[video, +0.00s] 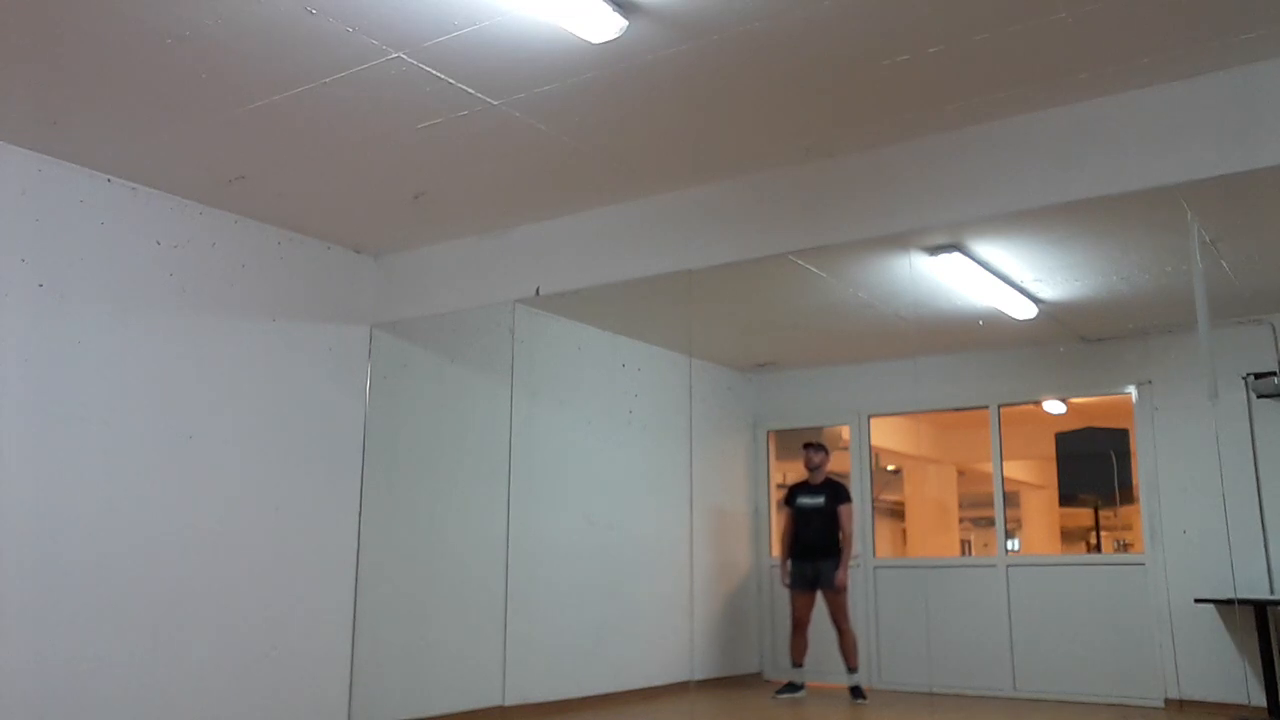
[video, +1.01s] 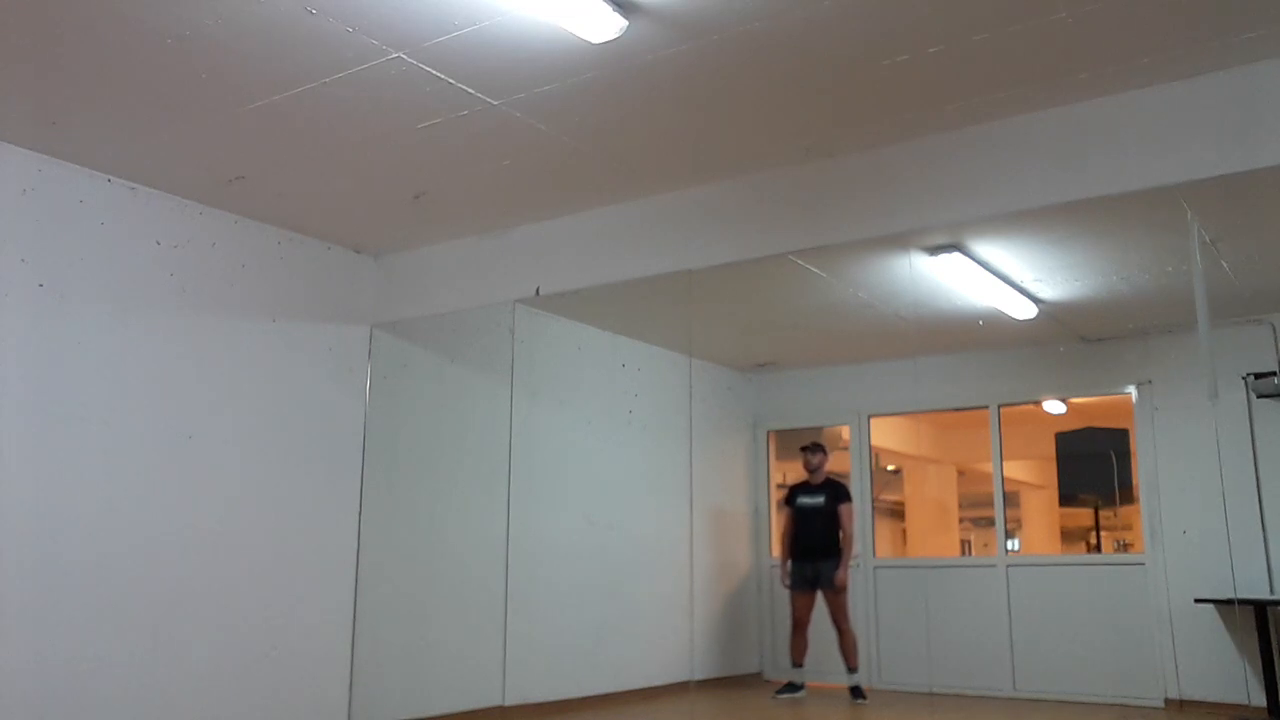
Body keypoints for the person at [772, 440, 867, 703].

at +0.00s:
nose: (811, 458)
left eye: (817, 454)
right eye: (808, 454)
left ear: (827, 459)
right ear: (804, 459)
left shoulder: (838, 490)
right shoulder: (794, 491)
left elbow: (846, 532)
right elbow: (788, 528)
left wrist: (843, 567)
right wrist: (784, 562)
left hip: (830, 564)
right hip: (801, 564)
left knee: (842, 623)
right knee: (799, 623)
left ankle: (854, 681)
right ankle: (797, 680)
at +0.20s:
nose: (811, 459)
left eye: (817, 454)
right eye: (808, 454)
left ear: (826, 459)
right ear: (803, 459)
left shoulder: (838, 490)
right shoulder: (794, 491)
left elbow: (847, 530)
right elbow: (787, 528)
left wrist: (844, 567)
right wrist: (784, 562)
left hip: (830, 563)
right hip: (801, 564)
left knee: (842, 623)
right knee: (799, 623)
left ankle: (854, 681)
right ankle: (796, 680)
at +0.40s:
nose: (812, 459)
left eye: (817, 454)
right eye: (808, 454)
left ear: (827, 459)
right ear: (804, 459)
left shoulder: (838, 489)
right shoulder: (795, 491)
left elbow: (847, 530)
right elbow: (787, 528)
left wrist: (844, 566)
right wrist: (784, 562)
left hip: (830, 564)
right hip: (801, 564)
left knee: (842, 623)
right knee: (799, 623)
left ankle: (854, 681)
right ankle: (796, 680)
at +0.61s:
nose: (812, 459)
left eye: (817, 455)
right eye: (808, 455)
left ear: (826, 459)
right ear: (804, 460)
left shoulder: (838, 489)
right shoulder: (795, 491)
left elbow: (847, 530)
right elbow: (787, 528)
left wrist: (844, 566)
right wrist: (783, 561)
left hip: (830, 563)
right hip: (801, 564)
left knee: (842, 623)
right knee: (798, 623)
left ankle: (854, 681)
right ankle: (796, 680)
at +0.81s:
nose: (812, 460)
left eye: (817, 455)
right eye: (808, 455)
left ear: (826, 459)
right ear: (803, 460)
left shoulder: (838, 490)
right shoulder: (795, 491)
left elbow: (847, 531)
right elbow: (787, 528)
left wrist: (844, 566)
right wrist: (784, 562)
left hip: (830, 563)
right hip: (801, 564)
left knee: (842, 623)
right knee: (799, 623)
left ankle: (854, 681)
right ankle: (796, 680)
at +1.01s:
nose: (812, 460)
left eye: (816, 455)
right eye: (808, 456)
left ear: (826, 459)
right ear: (803, 460)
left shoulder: (838, 490)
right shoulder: (795, 492)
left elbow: (847, 531)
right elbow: (788, 529)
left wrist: (844, 566)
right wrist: (784, 563)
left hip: (830, 563)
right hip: (801, 564)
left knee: (842, 623)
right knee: (799, 623)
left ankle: (854, 681)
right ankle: (796, 680)